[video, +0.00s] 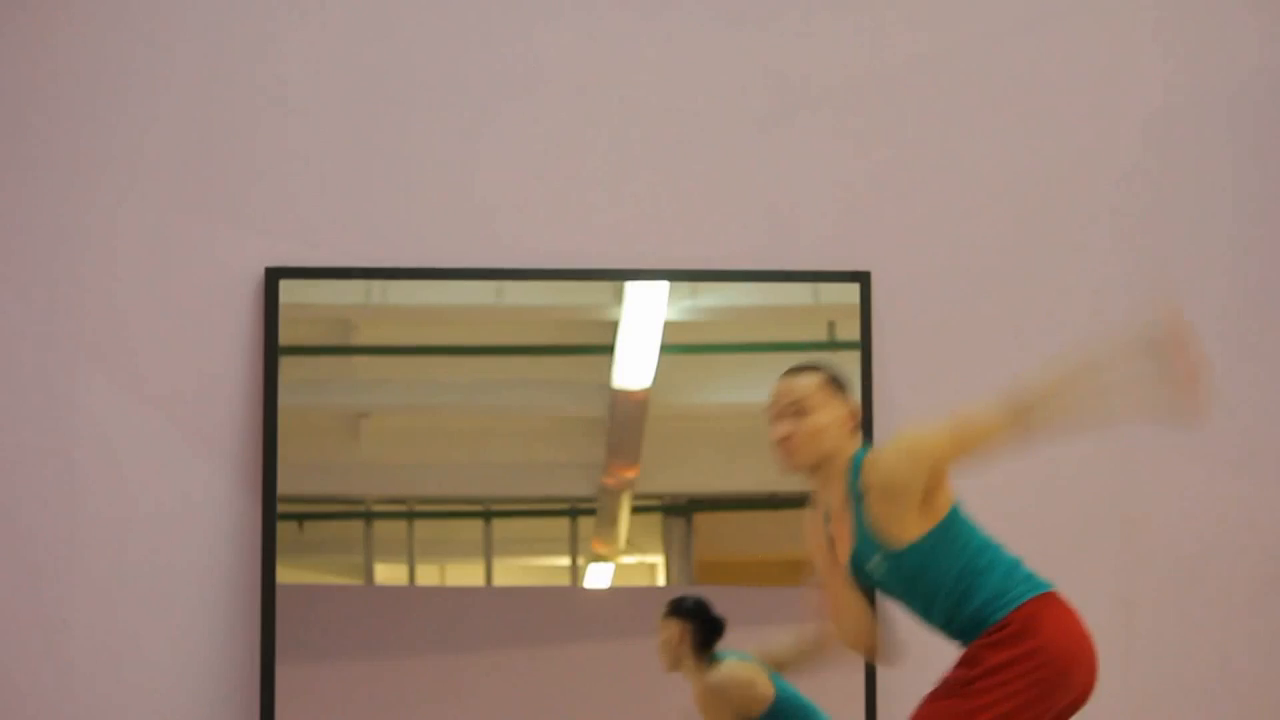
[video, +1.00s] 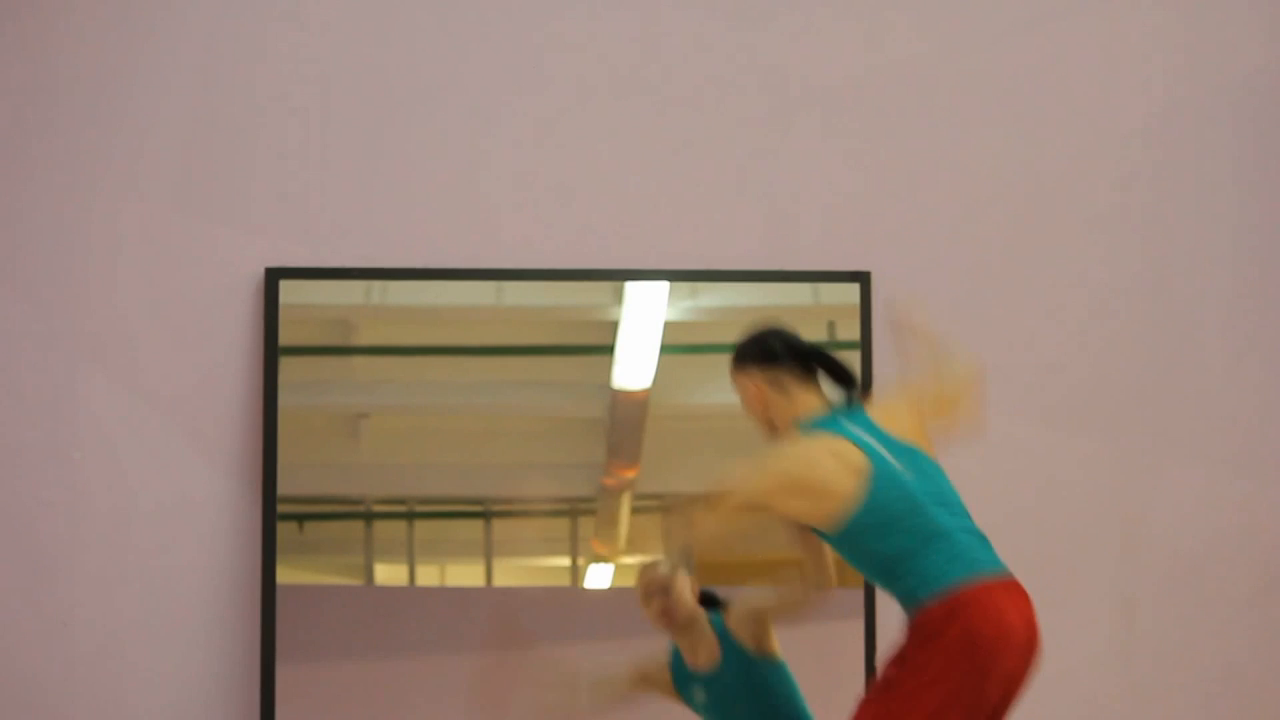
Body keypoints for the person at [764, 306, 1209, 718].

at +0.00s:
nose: (780, 429)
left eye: (798, 411)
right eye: (774, 419)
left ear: (848, 415)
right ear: (770, 436)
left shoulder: (892, 468)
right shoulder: (828, 525)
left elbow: (1015, 412)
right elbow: (868, 644)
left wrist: (1147, 363)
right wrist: (826, 565)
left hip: (1035, 642)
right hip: (1005, 652)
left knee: (933, 713)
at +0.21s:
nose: (756, 440)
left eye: (772, 424)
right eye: (753, 431)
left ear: (829, 428)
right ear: (753, 444)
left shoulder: (872, 491)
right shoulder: (834, 538)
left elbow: (1009, 482)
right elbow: (903, 648)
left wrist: (1154, 479)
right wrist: (872, 709)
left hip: (1022, 645)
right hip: (995, 657)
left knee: (919, 715)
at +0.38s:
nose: (739, 444)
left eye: (752, 426)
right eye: (740, 430)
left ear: (808, 422)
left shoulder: (857, 497)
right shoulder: (840, 508)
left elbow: (936, 612)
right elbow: (921, 620)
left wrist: (914, 697)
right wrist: (913, 697)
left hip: (1010, 650)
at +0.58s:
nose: (736, 439)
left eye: (743, 419)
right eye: (736, 423)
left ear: (789, 414)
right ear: (792, 416)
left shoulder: (844, 484)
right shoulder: (848, 478)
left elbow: (833, 621)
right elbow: (831, 620)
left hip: (992, 646)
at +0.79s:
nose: (741, 430)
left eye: (743, 413)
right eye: (738, 415)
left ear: (774, 407)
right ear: (810, 402)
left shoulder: (823, 477)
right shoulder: (873, 444)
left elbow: (770, 573)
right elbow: (960, 472)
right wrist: (946, 563)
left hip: (978, 642)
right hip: (1012, 632)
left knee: (883, 710)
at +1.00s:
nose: (749, 414)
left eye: (743, 398)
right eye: (742, 400)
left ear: (759, 389)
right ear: (807, 373)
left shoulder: (798, 463)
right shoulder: (887, 418)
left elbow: (693, 520)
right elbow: (957, 382)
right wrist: (920, 332)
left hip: (962, 629)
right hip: (1008, 616)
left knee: (876, 708)